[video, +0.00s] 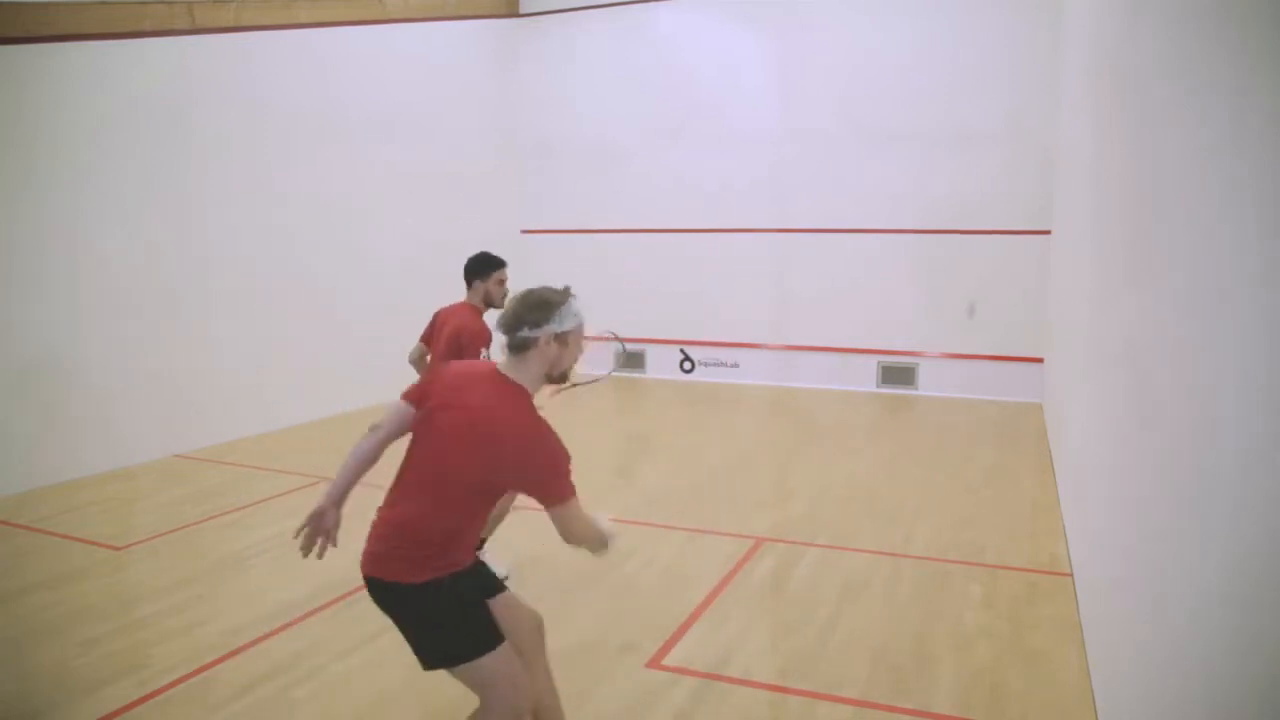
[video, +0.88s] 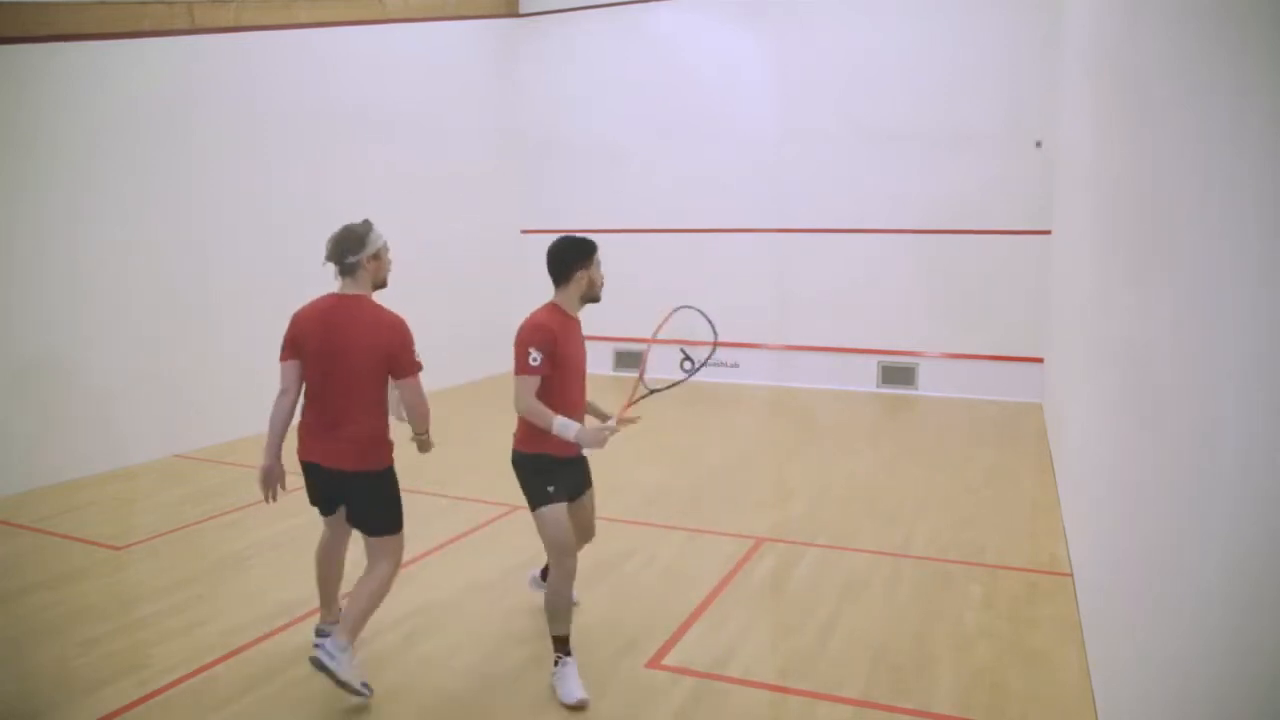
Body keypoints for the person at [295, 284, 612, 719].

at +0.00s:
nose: (580, 351)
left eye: (581, 341)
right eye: (578, 340)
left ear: (515, 337)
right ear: (549, 343)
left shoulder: (452, 374)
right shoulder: (534, 437)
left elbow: (381, 432)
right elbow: (574, 529)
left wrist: (332, 501)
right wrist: (599, 534)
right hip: (415, 575)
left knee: (527, 628)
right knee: (511, 697)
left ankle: (547, 714)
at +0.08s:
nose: (553, 333)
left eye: (553, 322)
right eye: (550, 321)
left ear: (488, 319)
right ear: (527, 325)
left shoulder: (424, 367)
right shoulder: (523, 416)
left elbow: (353, 431)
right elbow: (550, 488)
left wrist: (303, 503)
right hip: (414, 565)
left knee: (508, 609)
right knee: (502, 696)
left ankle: (505, 708)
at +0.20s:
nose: (508, 308)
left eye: (507, 297)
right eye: (504, 297)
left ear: (444, 305)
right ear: (486, 305)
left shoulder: (389, 356)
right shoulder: (501, 385)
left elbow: (328, 425)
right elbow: (483, 451)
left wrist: (276, 499)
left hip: (360, 536)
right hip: (415, 544)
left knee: (434, 627)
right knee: (475, 682)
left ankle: (409, 706)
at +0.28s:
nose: (479, 289)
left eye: (476, 280)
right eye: (475, 281)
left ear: (423, 289)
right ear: (461, 290)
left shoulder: (372, 345)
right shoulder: (483, 367)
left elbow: (320, 416)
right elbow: (474, 420)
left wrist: (272, 489)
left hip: (349, 516)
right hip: (403, 528)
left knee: (404, 610)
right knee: (444, 664)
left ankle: (345, 706)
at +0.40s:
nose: (448, 269)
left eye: (445, 260)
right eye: (443, 262)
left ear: (391, 273)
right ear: (429, 272)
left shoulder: (348, 330)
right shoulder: (455, 347)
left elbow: (304, 404)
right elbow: (448, 394)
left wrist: (272, 476)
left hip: (339, 496)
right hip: (393, 504)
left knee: (381, 605)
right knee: (398, 638)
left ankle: (340, 710)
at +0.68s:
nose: (403, 247)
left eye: (400, 239)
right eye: (399, 240)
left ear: (350, 251)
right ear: (384, 248)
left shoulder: (315, 306)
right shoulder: (412, 313)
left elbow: (282, 379)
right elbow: (425, 379)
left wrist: (270, 445)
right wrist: (379, 364)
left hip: (321, 456)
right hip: (375, 463)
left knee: (346, 541)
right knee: (359, 580)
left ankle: (339, 630)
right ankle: (319, 701)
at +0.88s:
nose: (390, 263)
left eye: (388, 255)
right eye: (385, 256)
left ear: (340, 264)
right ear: (369, 262)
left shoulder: (305, 318)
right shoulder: (389, 326)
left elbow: (287, 393)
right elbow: (415, 406)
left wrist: (272, 455)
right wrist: (423, 433)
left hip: (315, 460)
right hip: (367, 465)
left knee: (335, 526)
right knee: (384, 558)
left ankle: (327, 624)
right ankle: (339, 645)